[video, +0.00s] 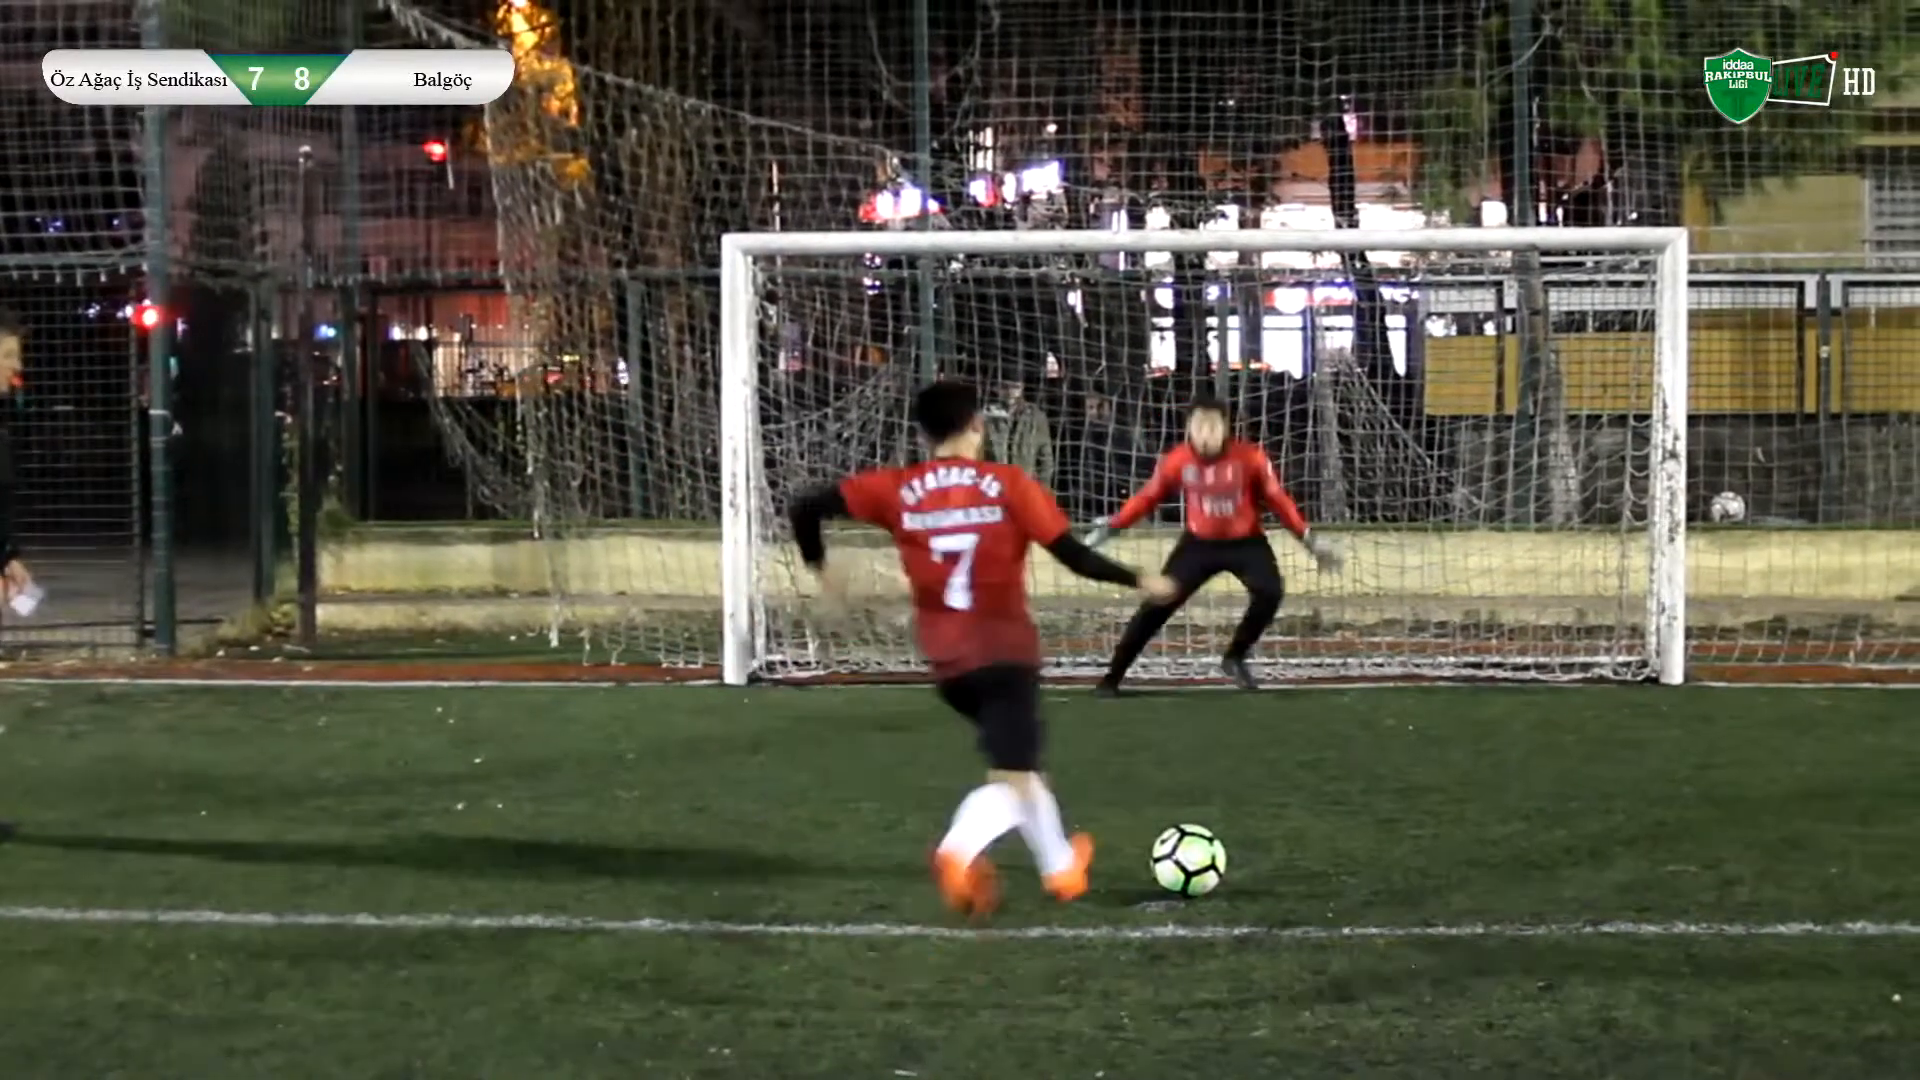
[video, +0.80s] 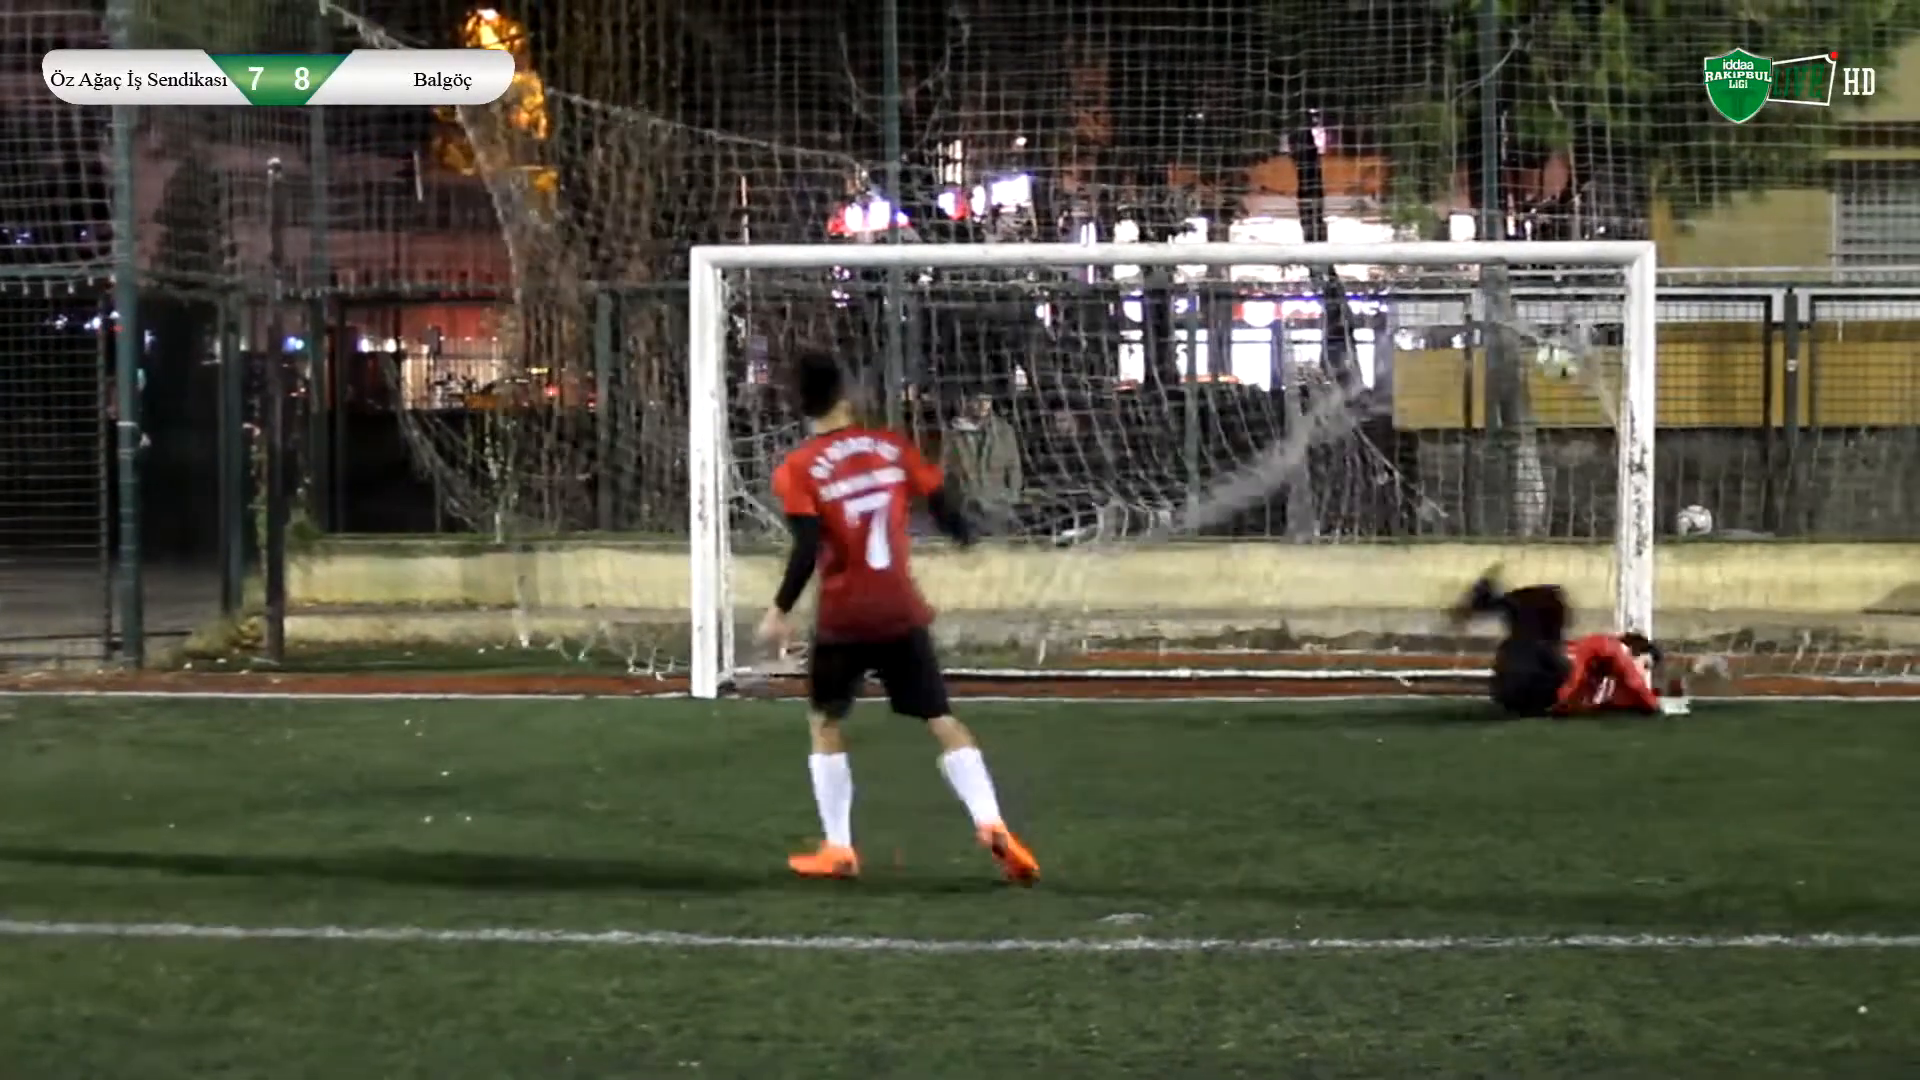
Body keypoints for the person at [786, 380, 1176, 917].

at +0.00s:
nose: (985, 429)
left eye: (981, 421)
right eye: (981, 421)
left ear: (926, 433)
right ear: (974, 426)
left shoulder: (899, 487)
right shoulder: (1009, 484)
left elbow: (806, 506)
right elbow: (1075, 555)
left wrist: (818, 565)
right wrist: (1138, 581)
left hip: (948, 664)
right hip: (1006, 657)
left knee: (1021, 764)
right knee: (1015, 784)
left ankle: (1060, 863)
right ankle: (958, 849)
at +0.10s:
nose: (991, 437)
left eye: (985, 430)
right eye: (988, 430)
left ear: (936, 444)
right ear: (983, 435)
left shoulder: (915, 504)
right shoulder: (1012, 496)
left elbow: (847, 571)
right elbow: (1083, 565)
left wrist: (844, 640)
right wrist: (1163, 584)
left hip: (975, 670)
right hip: (1032, 661)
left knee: (1050, 763)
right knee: (1108, 769)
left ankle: (1087, 858)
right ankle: (1047, 822)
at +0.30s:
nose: (1007, 450)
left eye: (1003, 442)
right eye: (1006, 442)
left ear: (954, 447)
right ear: (1002, 447)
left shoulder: (927, 507)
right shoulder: (1011, 512)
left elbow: (900, 585)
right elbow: (1042, 591)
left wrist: (921, 628)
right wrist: (1084, 651)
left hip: (956, 658)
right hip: (1013, 652)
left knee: (1039, 742)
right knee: (1072, 668)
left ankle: (1075, 866)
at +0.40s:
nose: (992, 411)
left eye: (986, 403)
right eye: (990, 403)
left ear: (934, 408)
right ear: (984, 408)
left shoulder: (904, 465)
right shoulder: (995, 480)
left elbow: (869, 529)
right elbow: (1008, 568)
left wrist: (923, 535)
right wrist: (1037, 644)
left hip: (942, 633)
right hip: (996, 627)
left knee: (999, 737)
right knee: (1040, 686)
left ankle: (1052, 851)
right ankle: (1042, 803)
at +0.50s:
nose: (969, 399)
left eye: (962, 390)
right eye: (968, 390)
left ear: (911, 397)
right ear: (961, 395)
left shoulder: (882, 458)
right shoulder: (985, 463)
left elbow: (848, 539)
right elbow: (1002, 549)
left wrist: (875, 502)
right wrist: (1041, 617)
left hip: (924, 619)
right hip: (982, 617)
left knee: (961, 730)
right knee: (1003, 714)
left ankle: (1013, 829)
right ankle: (1011, 837)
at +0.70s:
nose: (908, 399)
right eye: (906, 391)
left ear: (855, 400)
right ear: (903, 397)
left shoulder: (841, 467)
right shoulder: (945, 447)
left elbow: (833, 551)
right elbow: (999, 504)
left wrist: (798, 609)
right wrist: (1046, 538)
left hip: (890, 622)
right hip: (954, 617)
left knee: (864, 720)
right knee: (979, 725)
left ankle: (871, 838)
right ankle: (1013, 845)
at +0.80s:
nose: (840, 400)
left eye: (813, 399)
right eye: (842, 390)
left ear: (802, 403)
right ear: (846, 394)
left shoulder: (798, 467)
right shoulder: (892, 446)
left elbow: (808, 545)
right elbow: (945, 507)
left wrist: (780, 608)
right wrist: (964, 533)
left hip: (842, 621)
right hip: (903, 613)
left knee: (826, 720)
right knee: (941, 718)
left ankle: (838, 844)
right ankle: (990, 821)